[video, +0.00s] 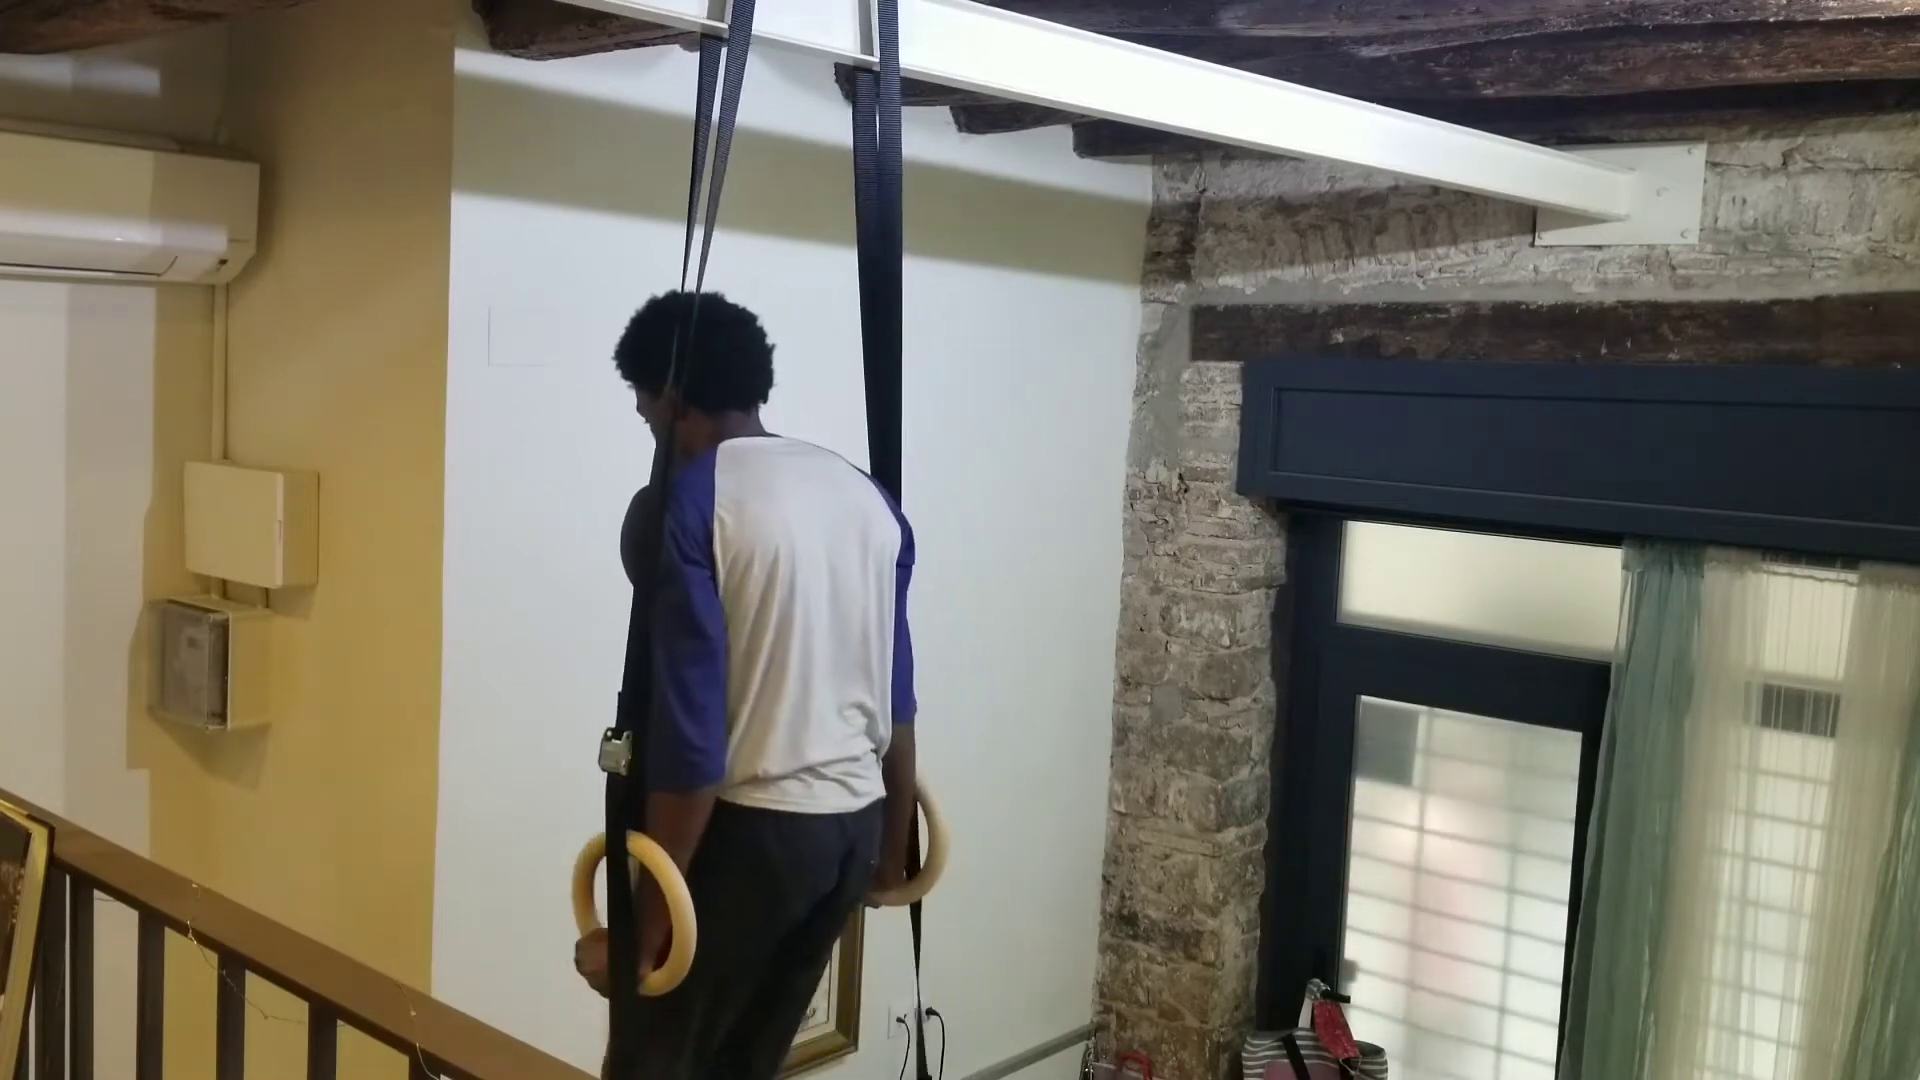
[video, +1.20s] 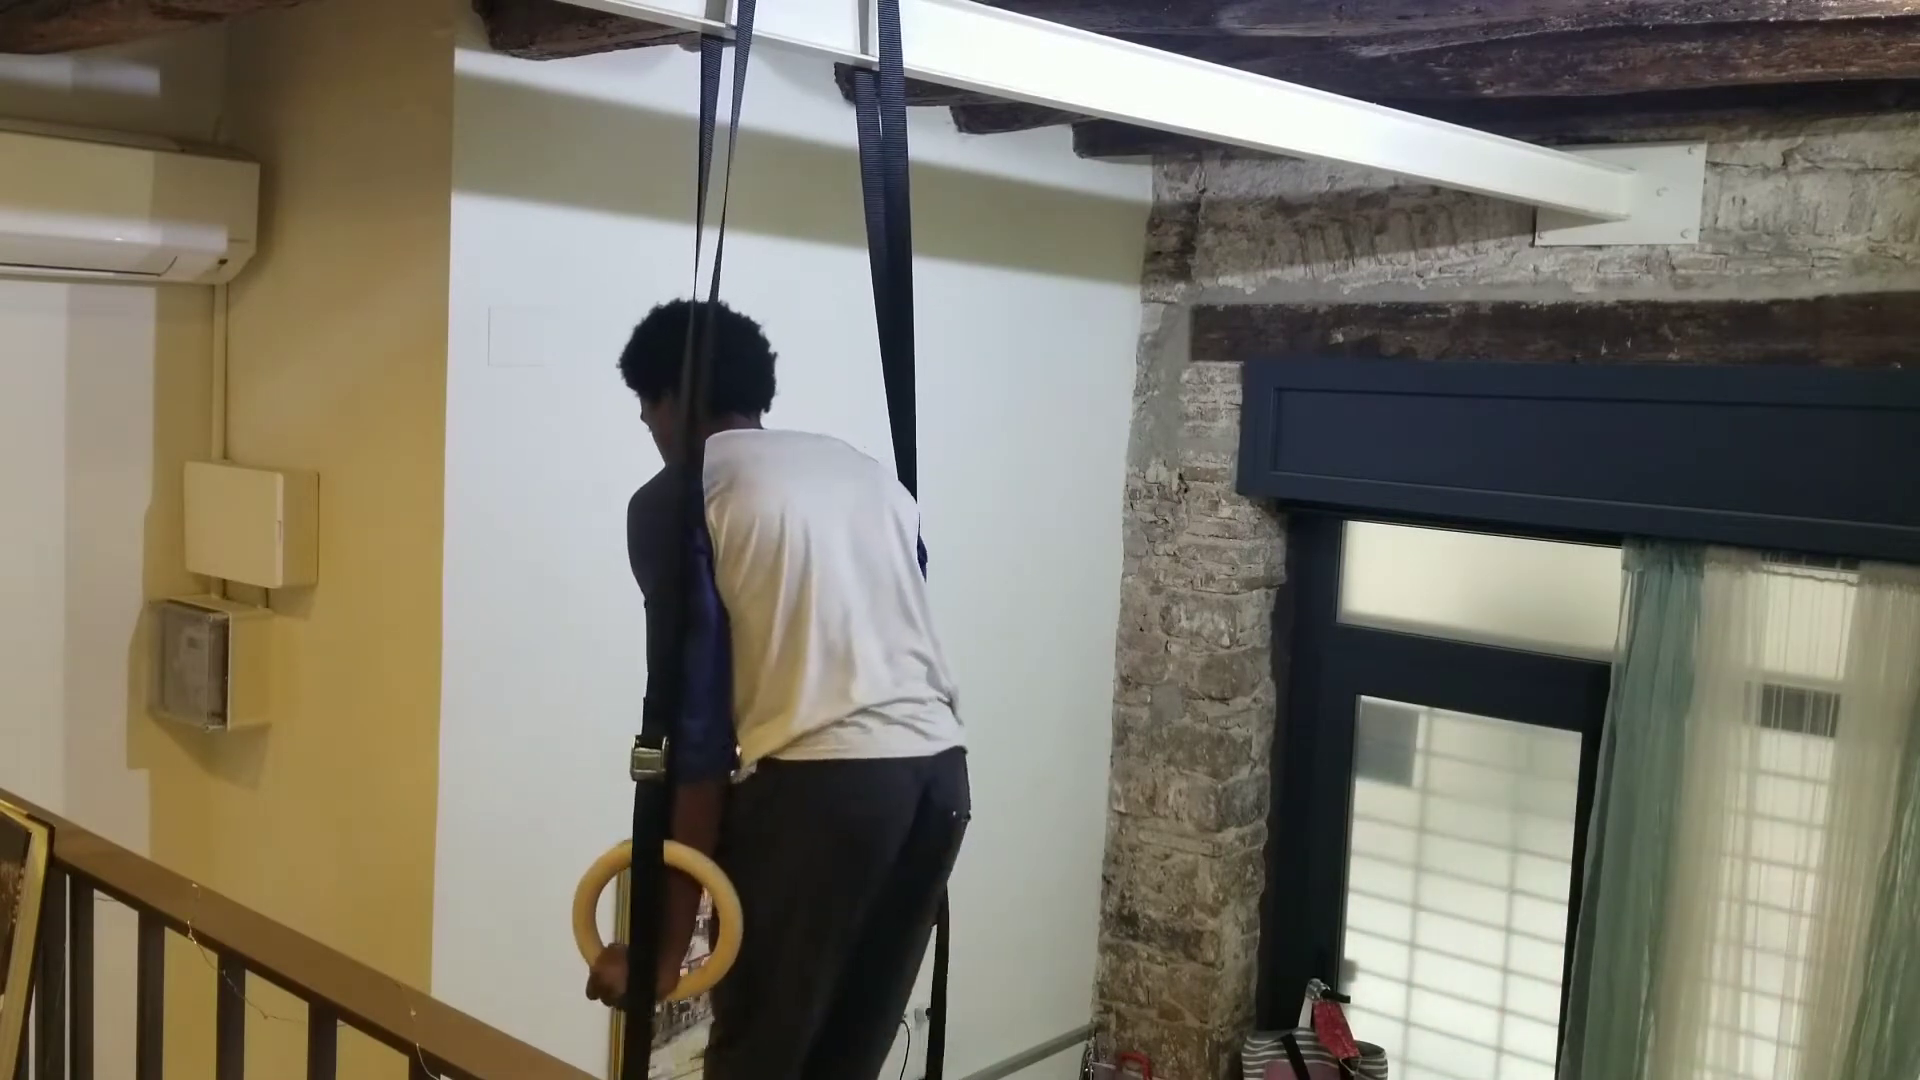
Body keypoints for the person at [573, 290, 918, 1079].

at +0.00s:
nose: (647, 419)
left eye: (645, 399)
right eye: (642, 401)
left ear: (673, 393)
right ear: (754, 383)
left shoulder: (688, 500)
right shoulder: (867, 496)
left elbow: (691, 734)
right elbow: (896, 694)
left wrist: (644, 910)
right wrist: (896, 842)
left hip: (739, 844)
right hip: (849, 842)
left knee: (653, 1063)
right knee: (747, 1063)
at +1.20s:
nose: (649, 432)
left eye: (649, 410)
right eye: (644, 412)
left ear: (677, 393)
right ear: (752, 390)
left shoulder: (677, 496)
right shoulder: (872, 473)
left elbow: (698, 732)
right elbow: (913, 654)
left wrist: (659, 952)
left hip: (815, 793)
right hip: (937, 788)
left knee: (758, 1057)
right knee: (851, 1055)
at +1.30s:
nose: (646, 441)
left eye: (643, 421)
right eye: (641, 422)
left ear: (667, 408)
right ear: (751, 398)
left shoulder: (677, 499)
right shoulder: (868, 470)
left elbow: (705, 737)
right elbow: (902, 661)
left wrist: (671, 956)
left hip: (826, 788)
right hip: (945, 781)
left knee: (778, 1055)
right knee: (875, 1054)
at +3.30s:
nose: (609, 471)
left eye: (604, 456)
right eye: (601, 459)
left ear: (626, 427)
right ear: (702, 408)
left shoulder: (629, 499)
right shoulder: (827, 481)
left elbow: (639, 680)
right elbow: (853, 658)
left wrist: (648, 862)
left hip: (758, 814)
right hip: (873, 805)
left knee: (771, 1061)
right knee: (878, 1062)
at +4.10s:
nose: (614, 448)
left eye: (610, 430)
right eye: (610, 432)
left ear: (631, 421)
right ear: (714, 405)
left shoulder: (630, 503)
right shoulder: (831, 492)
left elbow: (633, 714)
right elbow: (876, 682)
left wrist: (634, 921)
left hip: (757, 798)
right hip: (878, 783)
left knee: (815, 1056)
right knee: (938, 1047)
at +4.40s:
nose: (634, 447)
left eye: (632, 428)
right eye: (629, 429)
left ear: (656, 422)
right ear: (739, 407)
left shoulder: (656, 499)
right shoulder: (844, 486)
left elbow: (653, 729)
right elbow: (901, 680)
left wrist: (623, 941)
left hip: (799, 810)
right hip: (920, 799)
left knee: (803, 1062)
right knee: (908, 1060)